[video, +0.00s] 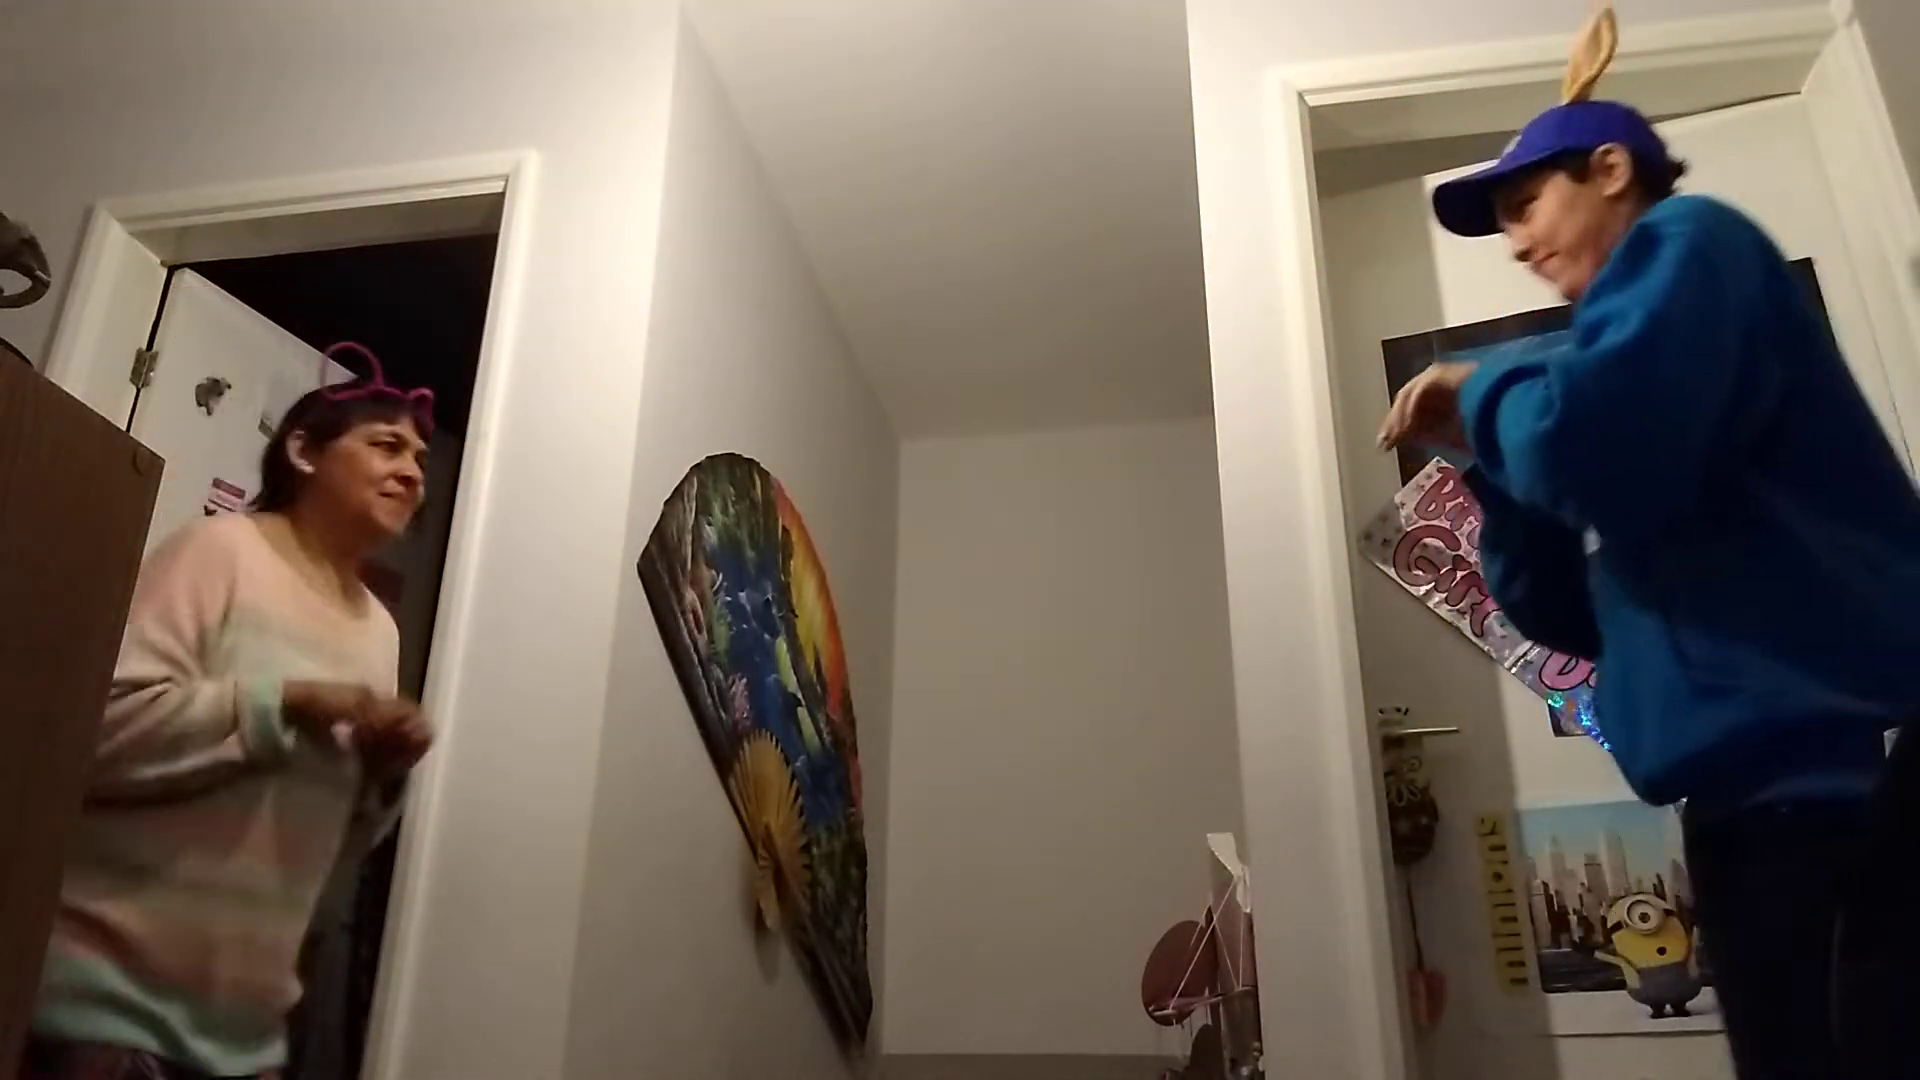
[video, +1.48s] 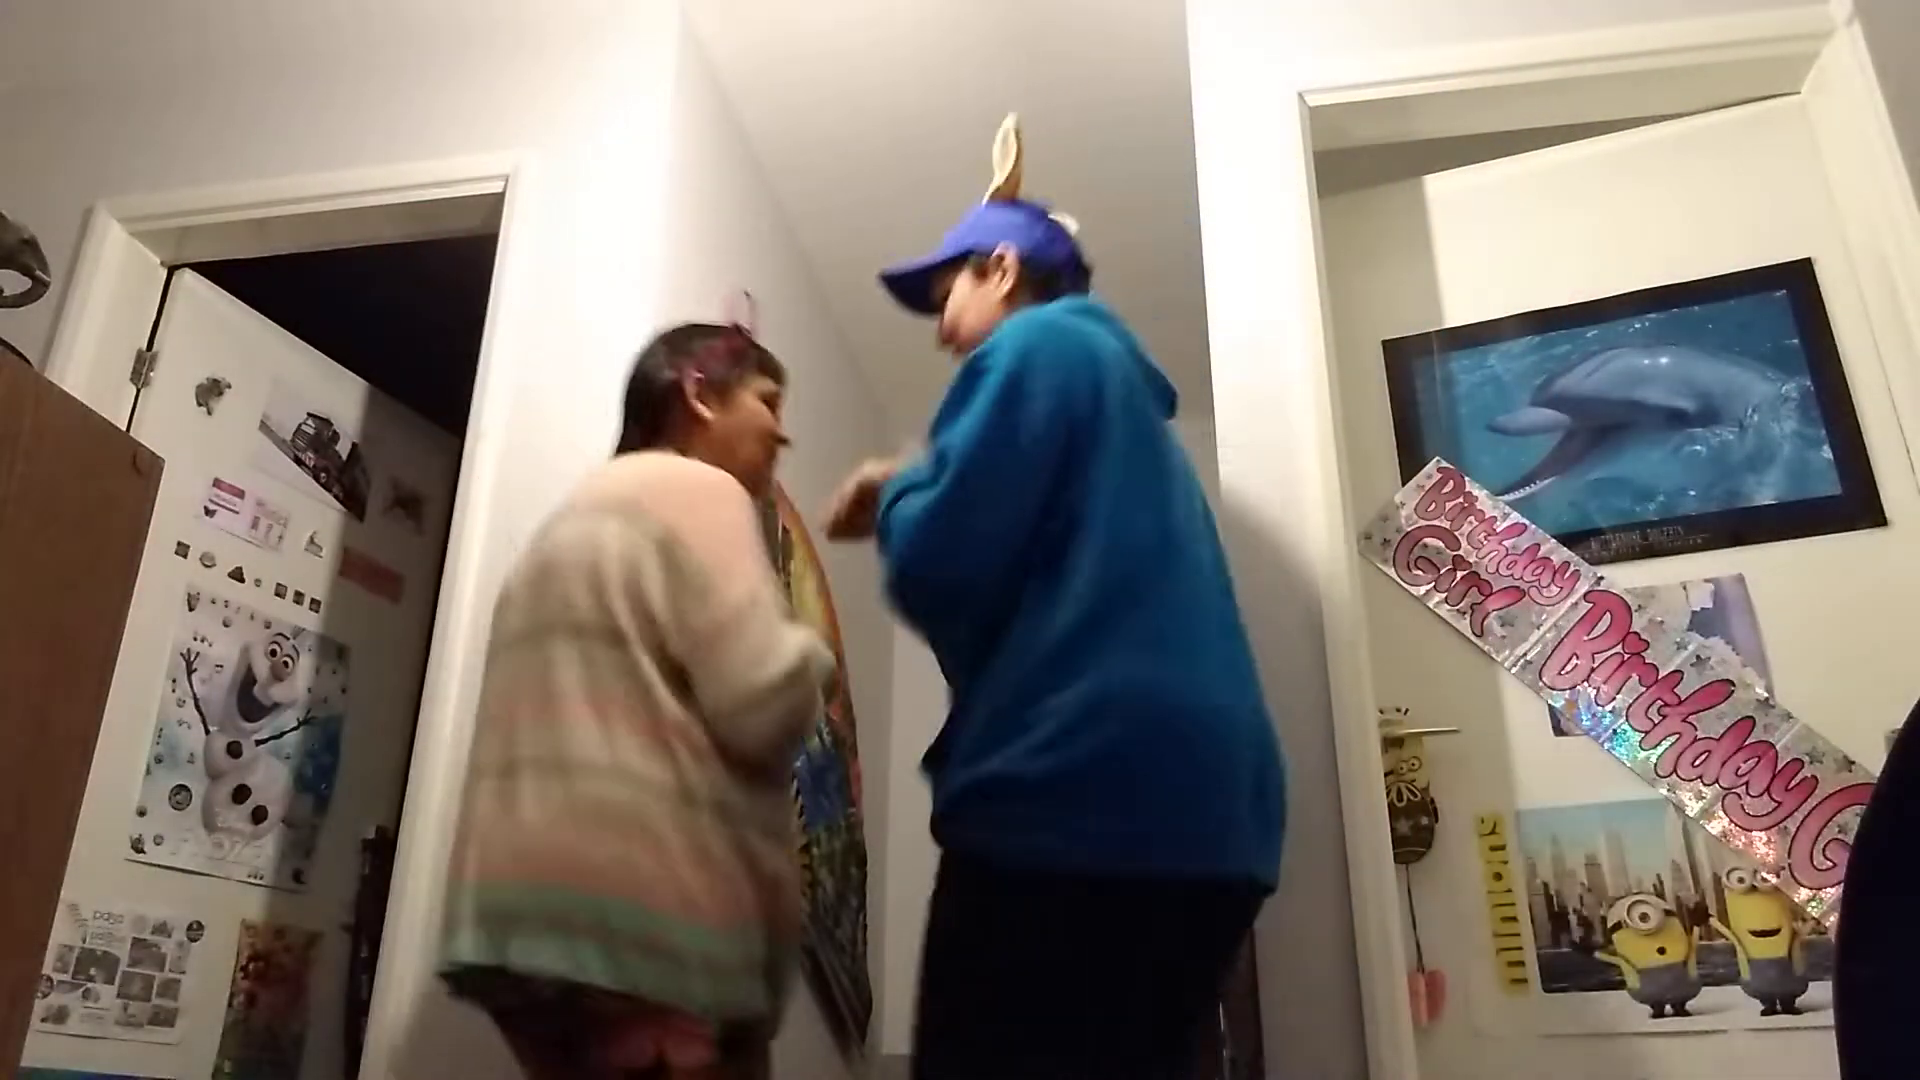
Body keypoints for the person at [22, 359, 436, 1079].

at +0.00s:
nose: (412, 472)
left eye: (419, 460)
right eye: (387, 445)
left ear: (420, 486)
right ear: (306, 452)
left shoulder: (380, 629)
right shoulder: (217, 549)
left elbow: (330, 845)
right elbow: (104, 730)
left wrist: (383, 770)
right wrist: (284, 708)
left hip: (249, 1016)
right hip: (111, 988)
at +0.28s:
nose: (469, 342)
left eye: (479, 328)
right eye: (449, 314)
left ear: (481, 345)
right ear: (371, 306)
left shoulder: (437, 480)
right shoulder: (288, 398)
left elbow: (449, 685)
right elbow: (239, 549)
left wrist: (496, 575)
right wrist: (404, 492)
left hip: (354, 820)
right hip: (221, 799)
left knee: (304, 1053)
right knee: (198, 1043)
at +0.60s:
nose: (546, 421)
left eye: (547, 404)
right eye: (524, 396)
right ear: (439, 401)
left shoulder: (495, 565)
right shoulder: (368, 512)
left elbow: (515, 781)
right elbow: (330, 695)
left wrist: (577, 688)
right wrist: (503, 630)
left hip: (439, 952)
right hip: (320, 949)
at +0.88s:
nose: (643, 335)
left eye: (647, 320)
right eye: (624, 308)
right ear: (544, 306)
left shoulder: (593, 467)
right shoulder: (481, 410)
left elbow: (635, 665)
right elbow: (504, 567)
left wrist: (688, 579)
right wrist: (647, 519)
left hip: (554, 842)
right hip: (449, 842)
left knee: (545, 1052)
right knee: (455, 1055)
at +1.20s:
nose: (716, 337)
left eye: (717, 319)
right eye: (699, 308)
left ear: (623, 309)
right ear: (618, 304)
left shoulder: (559, 409)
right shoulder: (603, 396)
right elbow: (677, 558)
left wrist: (717, 498)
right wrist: (762, 495)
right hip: (596, 807)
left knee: (619, 1057)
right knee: (631, 1058)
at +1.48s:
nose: (782, 431)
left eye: (778, 408)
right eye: (768, 402)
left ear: (685, 400)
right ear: (698, 396)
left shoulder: (571, 512)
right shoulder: (699, 491)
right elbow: (757, 704)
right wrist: (811, 648)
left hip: (523, 930)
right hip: (653, 943)